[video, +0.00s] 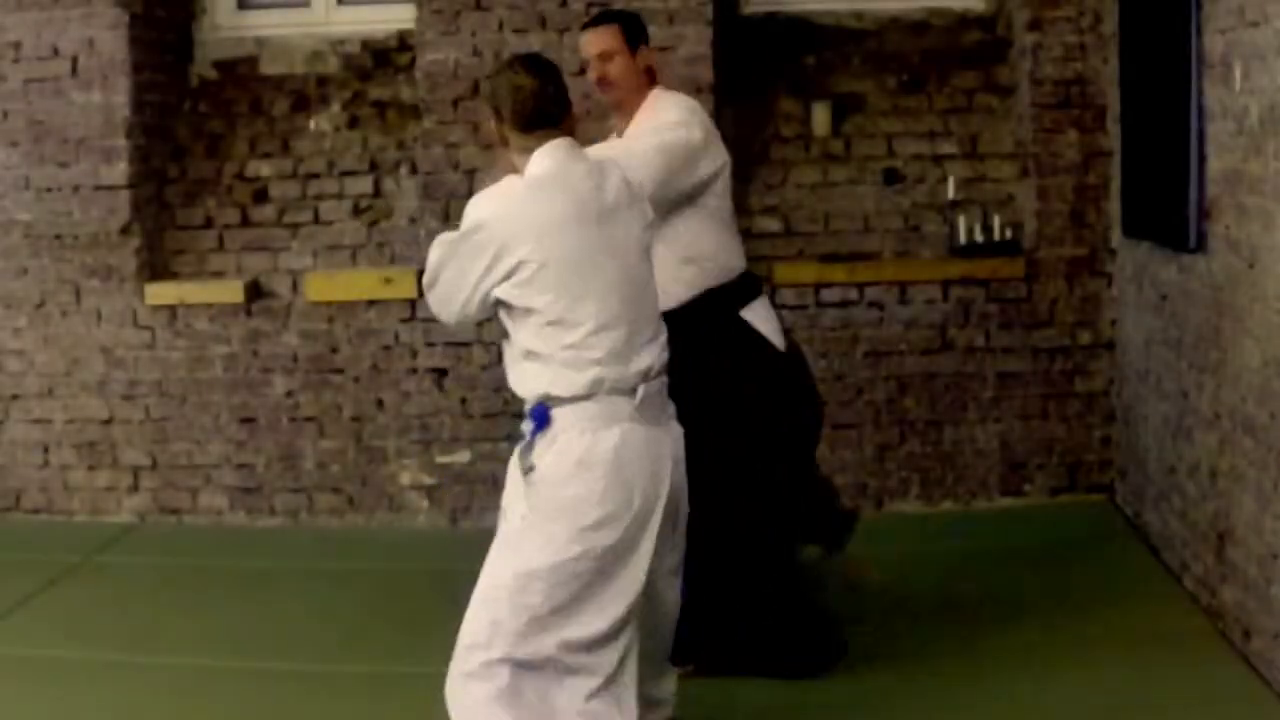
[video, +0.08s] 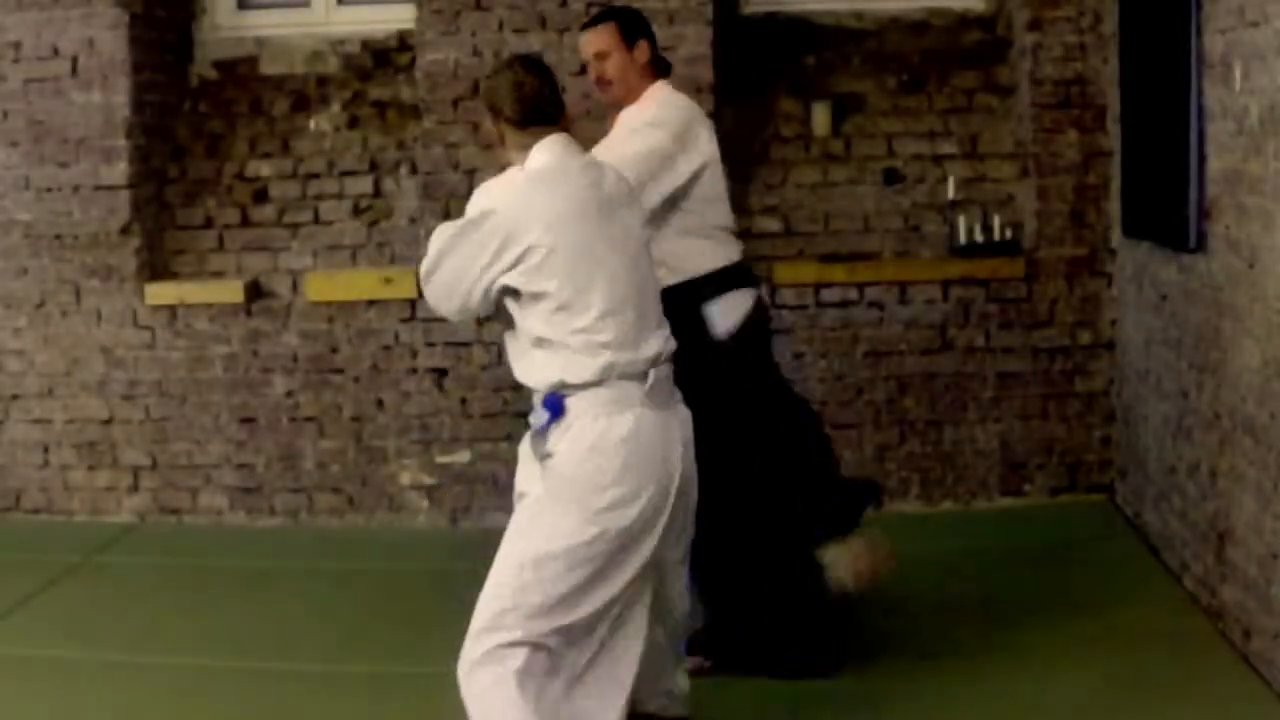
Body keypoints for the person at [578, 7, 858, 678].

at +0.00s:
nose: (596, 75)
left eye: (607, 59)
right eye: (588, 65)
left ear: (645, 59)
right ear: (590, 76)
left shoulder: (676, 120)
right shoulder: (625, 136)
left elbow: (618, 188)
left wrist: (545, 172)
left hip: (723, 332)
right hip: (676, 334)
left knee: (734, 501)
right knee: (706, 499)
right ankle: (718, 640)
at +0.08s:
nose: (593, 74)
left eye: (602, 59)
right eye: (587, 64)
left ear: (640, 53)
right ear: (620, 62)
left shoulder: (665, 114)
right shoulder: (645, 115)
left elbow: (592, 193)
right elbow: (595, 192)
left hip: (709, 304)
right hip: (692, 301)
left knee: (725, 476)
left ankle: (749, 632)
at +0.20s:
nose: (593, 82)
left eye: (600, 65)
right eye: (588, 70)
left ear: (641, 53)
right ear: (651, 59)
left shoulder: (650, 121)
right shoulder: (716, 115)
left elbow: (600, 213)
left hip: (686, 295)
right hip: (744, 293)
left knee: (705, 470)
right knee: (765, 454)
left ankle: (729, 641)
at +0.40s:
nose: (595, 90)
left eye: (598, 72)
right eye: (588, 77)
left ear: (639, 58)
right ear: (651, 63)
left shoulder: (660, 123)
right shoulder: (707, 116)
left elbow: (640, 226)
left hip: (689, 293)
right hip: (737, 291)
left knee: (679, 473)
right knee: (716, 469)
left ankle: (703, 642)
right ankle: (719, 634)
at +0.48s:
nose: (593, 92)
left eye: (597, 74)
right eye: (587, 78)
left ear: (637, 58)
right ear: (642, 61)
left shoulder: (669, 124)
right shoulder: (695, 114)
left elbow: (644, 237)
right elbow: (656, 230)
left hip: (691, 318)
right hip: (722, 311)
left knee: (649, 488)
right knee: (693, 488)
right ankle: (710, 656)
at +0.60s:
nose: (593, 90)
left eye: (596, 72)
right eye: (587, 76)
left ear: (637, 55)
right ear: (640, 58)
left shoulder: (674, 125)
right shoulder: (690, 113)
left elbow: (653, 245)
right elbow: (660, 235)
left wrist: (585, 305)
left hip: (691, 328)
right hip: (713, 318)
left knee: (652, 500)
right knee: (693, 497)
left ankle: (646, 673)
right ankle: (709, 664)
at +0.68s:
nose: (592, 89)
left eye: (595, 71)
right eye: (587, 75)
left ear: (636, 53)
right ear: (640, 55)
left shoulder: (666, 127)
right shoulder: (706, 112)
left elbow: (635, 251)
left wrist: (567, 312)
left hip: (682, 328)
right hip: (731, 317)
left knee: (647, 497)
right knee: (713, 490)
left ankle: (638, 673)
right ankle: (714, 658)